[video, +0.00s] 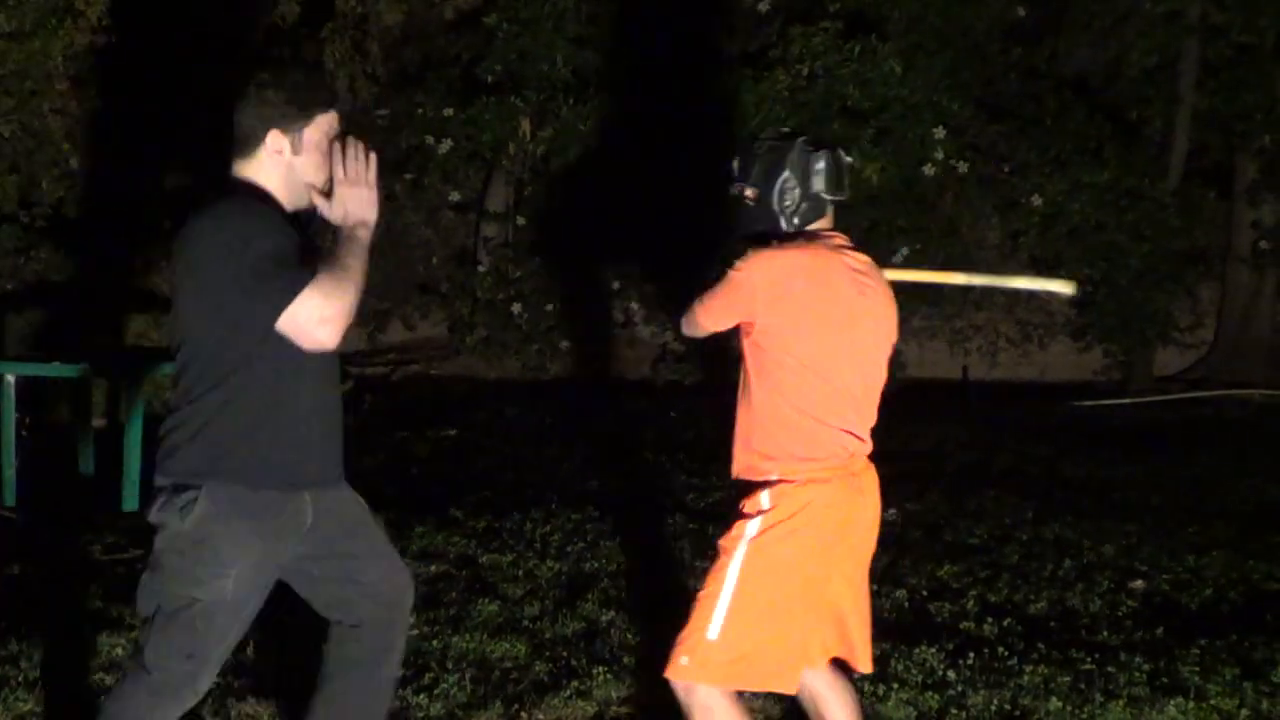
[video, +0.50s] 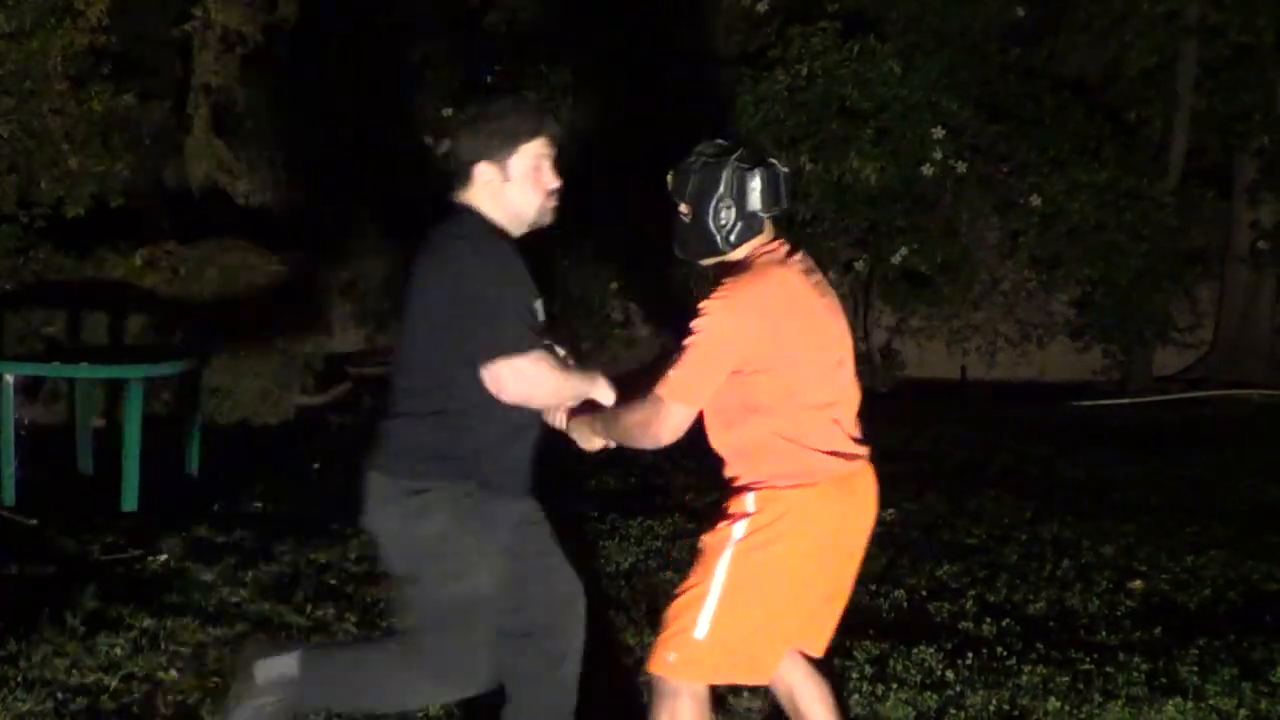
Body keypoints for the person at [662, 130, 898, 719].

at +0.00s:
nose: (747, 202)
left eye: (753, 192)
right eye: (750, 190)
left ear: (773, 202)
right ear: (828, 200)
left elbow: (694, 322)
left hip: (789, 502)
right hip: (854, 496)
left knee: (696, 676)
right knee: (808, 663)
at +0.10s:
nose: (721, 202)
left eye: (728, 191)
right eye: (726, 190)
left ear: (747, 204)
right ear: (805, 205)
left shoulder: (751, 279)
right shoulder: (842, 280)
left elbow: (661, 351)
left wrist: (643, 315)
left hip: (772, 505)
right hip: (830, 499)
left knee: (669, 676)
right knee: (808, 675)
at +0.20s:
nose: (693, 211)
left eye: (700, 199)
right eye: (695, 197)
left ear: (727, 207)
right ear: (771, 206)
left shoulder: (748, 290)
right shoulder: (799, 283)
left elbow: (642, 384)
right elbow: (684, 344)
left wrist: (593, 338)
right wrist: (618, 305)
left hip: (756, 513)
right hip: (804, 504)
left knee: (649, 678)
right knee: (787, 680)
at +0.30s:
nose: (675, 216)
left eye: (684, 205)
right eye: (679, 201)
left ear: (713, 215)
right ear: (748, 211)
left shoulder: (739, 297)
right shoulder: (774, 281)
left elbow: (637, 397)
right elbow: (653, 349)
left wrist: (548, 353)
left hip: (749, 509)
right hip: (787, 500)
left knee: (645, 676)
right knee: (762, 672)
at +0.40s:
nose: (679, 219)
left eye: (686, 208)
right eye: (682, 203)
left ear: (710, 216)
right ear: (751, 212)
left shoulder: (732, 297)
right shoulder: (786, 278)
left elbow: (638, 403)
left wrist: (573, 374)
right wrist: (619, 349)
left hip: (755, 504)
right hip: (801, 495)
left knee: (650, 670)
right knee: (754, 663)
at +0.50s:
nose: (683, 221)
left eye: (689, 209)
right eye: (685, 207)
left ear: (714, 219)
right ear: (759, 211)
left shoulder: (735, 308)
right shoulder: (801, 276)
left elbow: (660, 423)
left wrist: (599, 426)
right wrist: (607, 394)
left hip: (778, 504)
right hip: (842, 492)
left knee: (678, 672)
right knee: (781, 652)